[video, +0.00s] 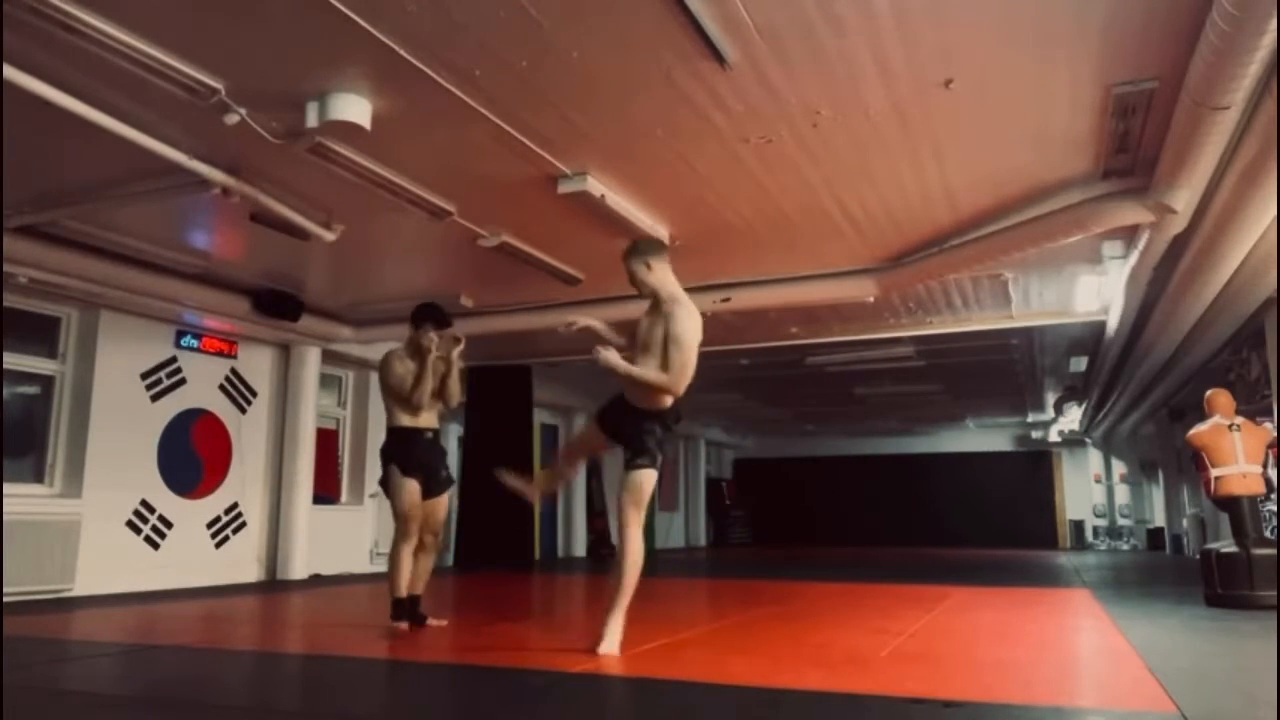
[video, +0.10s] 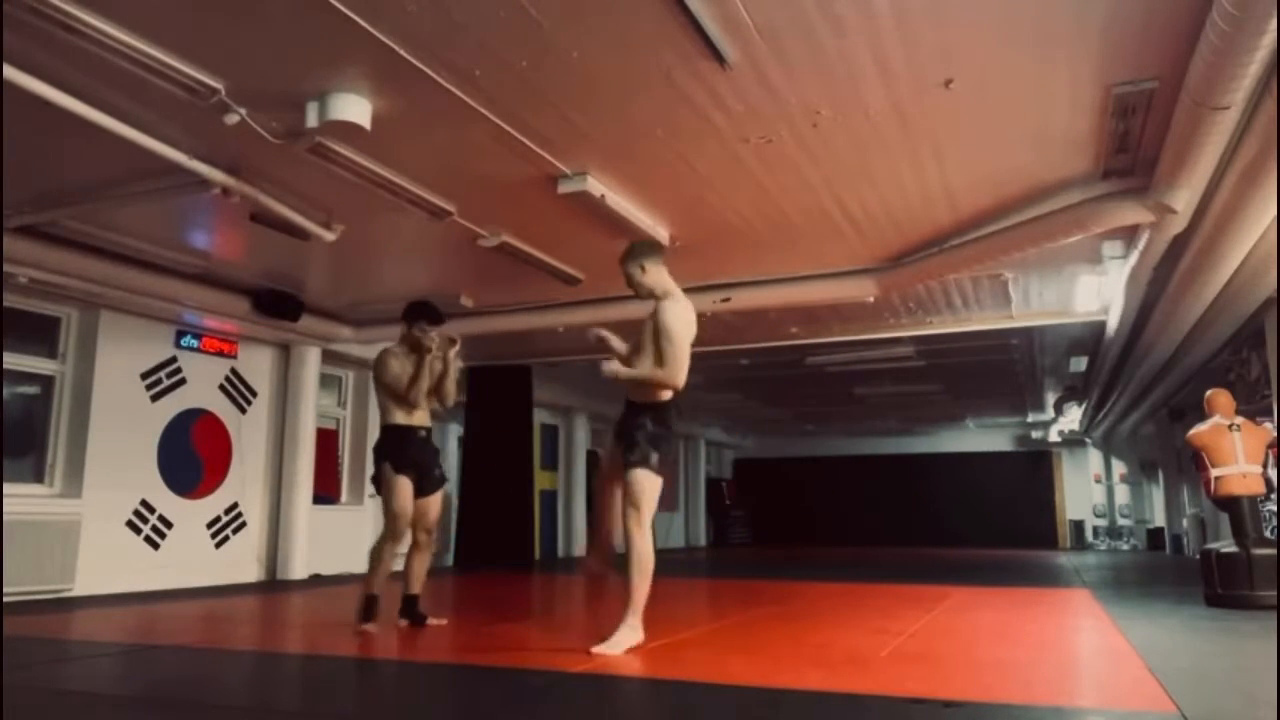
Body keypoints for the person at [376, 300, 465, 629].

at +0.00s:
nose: (435, 339)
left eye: (440, 334)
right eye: (431, 332)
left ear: (443, 336)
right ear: (415, 329)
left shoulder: (439, 363)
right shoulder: (394, 360)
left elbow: (452, 400)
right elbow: (415, 401)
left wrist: (453, 358)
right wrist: (428, 358)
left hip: (433, 448)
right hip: (402, 446)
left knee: (432, 534)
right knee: (408, 529)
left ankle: (415, 604)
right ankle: (399, 606)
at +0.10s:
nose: (430, 337)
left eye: (433, 332)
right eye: (424, 330)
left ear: (435, 333)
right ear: (408, 327)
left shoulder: (431, 359)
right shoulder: (388, 358)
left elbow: (447, 399)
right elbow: (411, 398)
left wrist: (450, 360)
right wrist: (426, 356)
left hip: (425, 445)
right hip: (396, 443)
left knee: (426, 532)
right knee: (398, 526)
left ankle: (412, 604)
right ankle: (371, 598)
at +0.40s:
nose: (407, 334)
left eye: (412, 329)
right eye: (401, 327)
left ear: (414, 332)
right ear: (383, 325)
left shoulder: (411, 361)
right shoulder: (363, 357)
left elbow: (420, 410)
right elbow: (379, 400)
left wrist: (428, 372)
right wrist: (399, 357)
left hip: (399, 449)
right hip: (366, 447)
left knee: (416, 534)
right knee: (352, 534)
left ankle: (409, 608)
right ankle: (327, 612)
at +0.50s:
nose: (401, 333)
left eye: (406, 328)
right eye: (396, 325)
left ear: (409, 332)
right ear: (378, 323)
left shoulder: (405, 365)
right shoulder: (354, 355)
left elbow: (414, 414)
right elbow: (362, 400)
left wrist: (426, 381)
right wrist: (384, 360)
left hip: (394, 446)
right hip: (360, 444)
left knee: (414, 531)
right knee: (348, 531)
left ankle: (410, 607)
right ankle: (327, 614)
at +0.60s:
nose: (400, 331)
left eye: (405, 327)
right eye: (396, 323)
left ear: (408, 330)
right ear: (377, 320)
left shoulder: (403, 364)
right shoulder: (352, 353)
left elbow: (412, 414)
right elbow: (356, 399)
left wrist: (426, 383)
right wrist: (382, 355)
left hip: (392, 445)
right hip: (357, 444)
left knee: (419, 527)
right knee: (346, 530)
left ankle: (412, 603)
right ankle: (326, 613)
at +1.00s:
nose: (443, 336)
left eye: (446, 332)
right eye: (437, 329)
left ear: (445, 335)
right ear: (416, 328)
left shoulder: (439, 368)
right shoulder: (397, 360)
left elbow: (438, 423)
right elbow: (408, 404)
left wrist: (461, 396)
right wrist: (438, 366)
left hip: (426, 455)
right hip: (393, 452)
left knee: (454, 530)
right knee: (365, 536)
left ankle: (457, 609)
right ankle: (329, 610)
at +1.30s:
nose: (476, 333)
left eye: (479, 328)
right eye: (472, 326)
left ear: (475, 331)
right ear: (452, 325)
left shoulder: (466, 364)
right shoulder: (441, 355)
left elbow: (471, 414)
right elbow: (447, 401)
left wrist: (494, 386)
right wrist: (481, 371)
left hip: (465, 440)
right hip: (442, 434)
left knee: (475, 530)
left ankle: (461, 608)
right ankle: (402, 539)